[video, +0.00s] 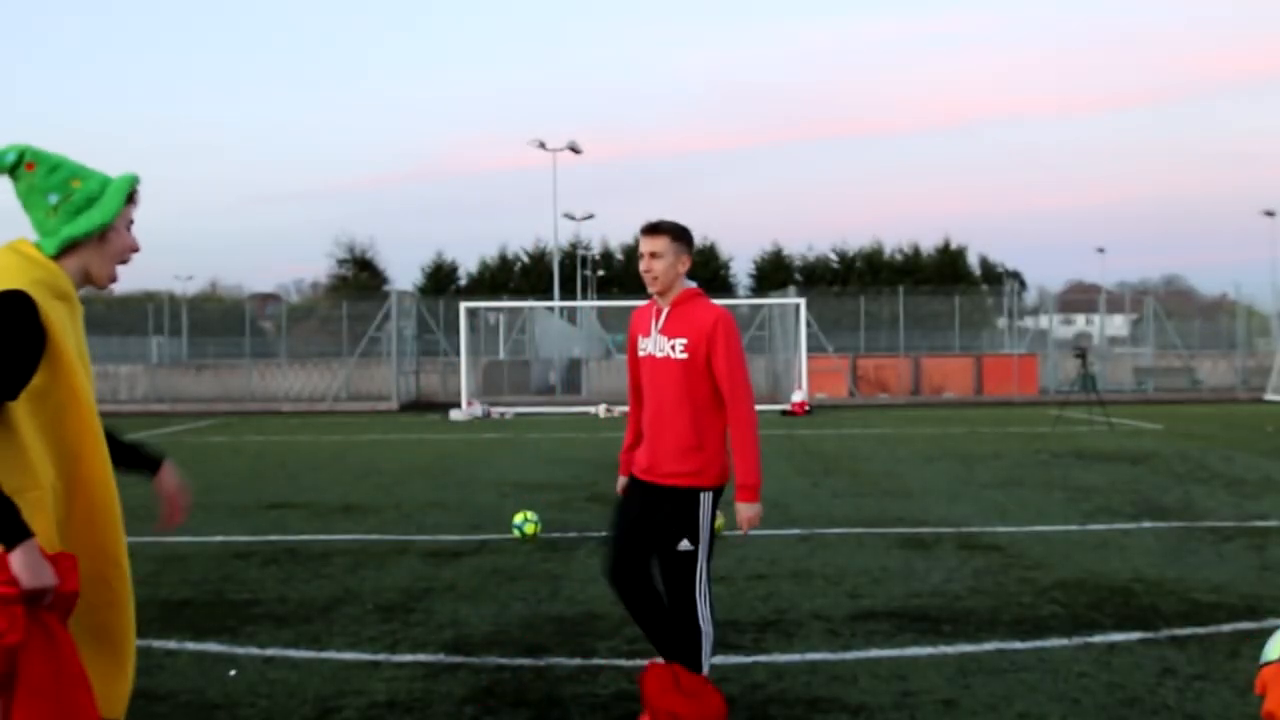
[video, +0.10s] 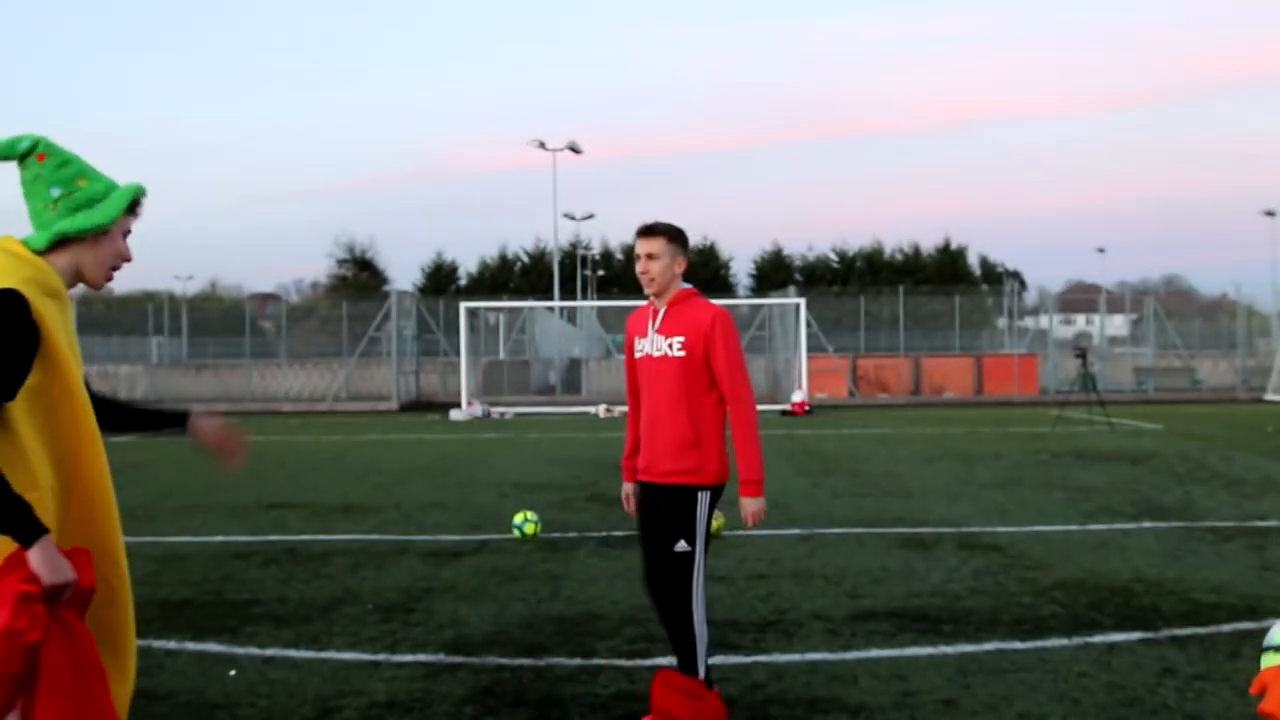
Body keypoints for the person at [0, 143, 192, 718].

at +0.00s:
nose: (134, 245)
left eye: (131, 227)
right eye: (126, 225)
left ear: (82, 228)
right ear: (85, 227)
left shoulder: (52, 303)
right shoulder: (21, 305)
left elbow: (67, 427)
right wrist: (16, 539)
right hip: (24, 581)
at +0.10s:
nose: (127, 256)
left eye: (128, 238)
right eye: (121, 236)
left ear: (76, 233)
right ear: (79, 230)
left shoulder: (45, 304)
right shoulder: (19, 303)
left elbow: (79, 412)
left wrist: (186, 420)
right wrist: (32, 537)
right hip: (21, 581)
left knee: (59, 695)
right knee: (36, 700)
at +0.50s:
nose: (101, 268)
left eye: (104, 250)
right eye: (98, 248)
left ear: (52, 238)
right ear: (53, 235)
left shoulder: (21, 310)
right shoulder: (8, 310)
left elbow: (75, 410)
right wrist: (61, 545)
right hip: (10, 588)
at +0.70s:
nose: (114, 257)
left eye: (110, 238)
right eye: (106, 236)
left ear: (60, 239)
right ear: (64, 237)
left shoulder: (26, 320)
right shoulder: (8, 321)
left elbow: (14, 463)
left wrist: (70, 518)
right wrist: (58, 516)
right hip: (12, 605)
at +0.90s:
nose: (129, 297)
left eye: (136, 282)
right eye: (130, 276)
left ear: (90, 252)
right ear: (94, 252)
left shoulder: (36, 319)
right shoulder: (15, 326)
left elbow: (12, 457)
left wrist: (74, 492)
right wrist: (37, 491)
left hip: (37, 597)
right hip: (18, 601)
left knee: (43, 701)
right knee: (34, 703)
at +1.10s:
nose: (168, 323)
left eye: (173, 307)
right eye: (168, 302)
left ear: (125, 280)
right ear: (131, 281)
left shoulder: (38, 309)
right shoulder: (57, 343)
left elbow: (39, 461)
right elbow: (14, 461)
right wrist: (129, 448)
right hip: (25, 580)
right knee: (36, 699)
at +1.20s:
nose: (174, 328)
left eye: (181, 314)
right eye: (177, 309)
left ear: (126, 286)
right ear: (145, 289)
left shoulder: (50, 310)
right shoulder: (79, 336)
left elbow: (93, 443)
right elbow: (89, 455)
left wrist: (200, 415)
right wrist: (210, 414)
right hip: (29, 565)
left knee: (84, 689)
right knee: (90, 694)